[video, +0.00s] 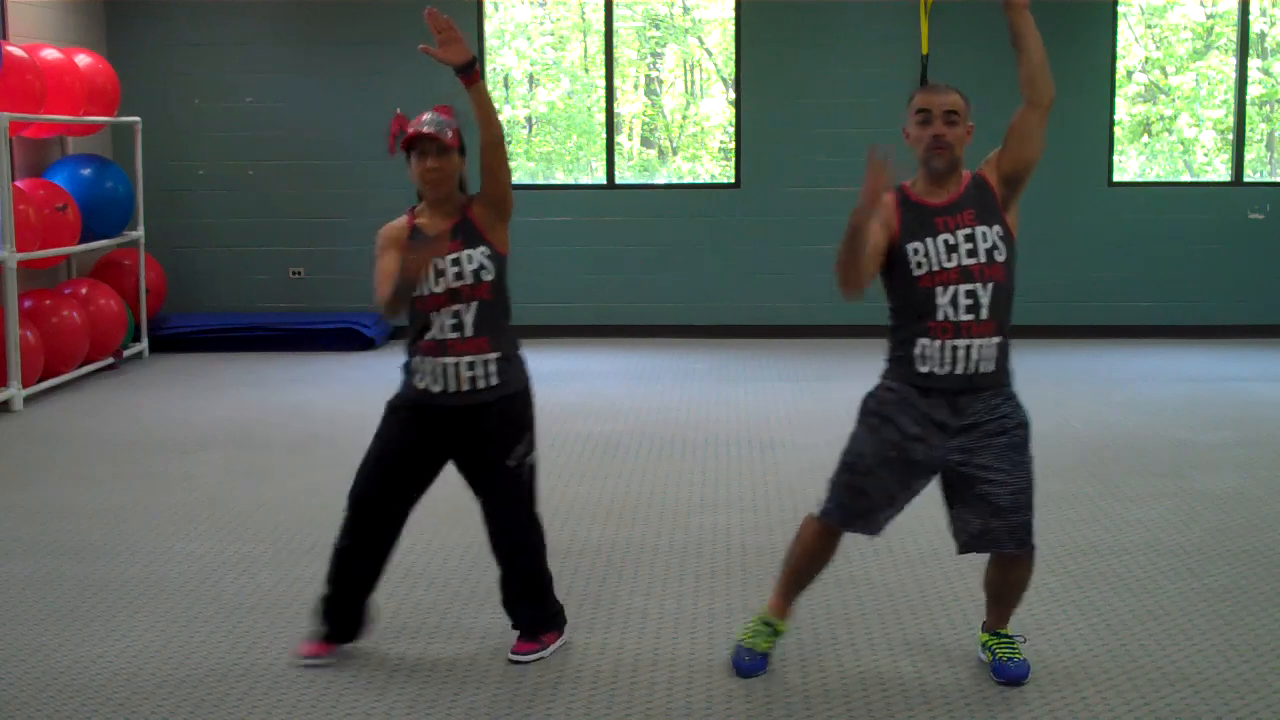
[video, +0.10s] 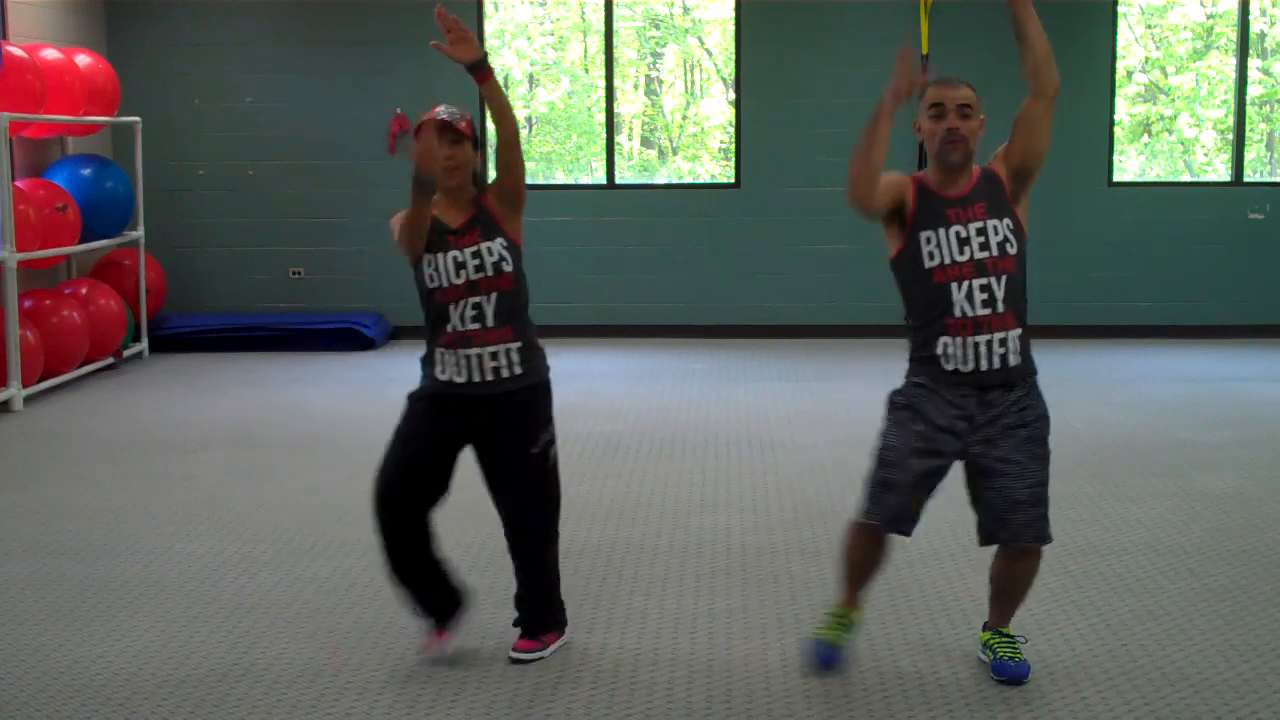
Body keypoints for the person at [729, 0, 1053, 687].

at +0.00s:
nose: (938, 127)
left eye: (951, 117)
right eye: (925, 117)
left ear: (969, 133)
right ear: (909, 132)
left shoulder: (996, 188)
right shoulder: (889, 208)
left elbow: (1040, 100)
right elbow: (852, 284)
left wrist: (1020, 12)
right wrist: (866, 207)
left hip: (989, 406)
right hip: (907, 403)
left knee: (1015, 543)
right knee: (832, 518)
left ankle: (997, 632)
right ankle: (773, 618)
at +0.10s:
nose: (953, 121)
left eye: (965, 112)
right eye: (939, 112)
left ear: (982, 126)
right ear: (919, 128)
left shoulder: (1008, 177)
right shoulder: (902, 193)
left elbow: (1044, 89)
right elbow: (862, 192)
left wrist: (1020, 5)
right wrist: (890, 100)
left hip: (1010, 397)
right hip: (930, 395)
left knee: (1026, 535)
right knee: (876, 517)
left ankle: (999, 631)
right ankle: (845, 609)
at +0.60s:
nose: (1011, 126)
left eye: (1016, 117)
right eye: (996, 116)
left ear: (1020, 133)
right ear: (957, 131)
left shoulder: (1036, 187)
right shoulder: (934, 190)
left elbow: (1085, 97)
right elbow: (926, 100)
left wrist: (1054, 17)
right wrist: (970, 19)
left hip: (1021, 408)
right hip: (942, 407)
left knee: (1051, 536)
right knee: (934, 538)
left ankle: (1018, 623)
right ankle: (949, 630)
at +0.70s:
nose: (1033, 123)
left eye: (1033, 114)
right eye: (1019, 112)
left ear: (1029, 130)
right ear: (979, 129)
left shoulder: (1043, 183)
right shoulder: (940, 185)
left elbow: (1104, 109)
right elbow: (930, 88)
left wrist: (1135, 31)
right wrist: (975, 14)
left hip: (1034, 396)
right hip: (955, 400)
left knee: (1092, 517)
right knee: (946, 534)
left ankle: (1091, 615)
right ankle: (949, 631)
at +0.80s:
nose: (1045, 120)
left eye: (1044, 110)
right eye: (1031, 109)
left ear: (1030, 124)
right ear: (988, 125)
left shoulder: (1055, 178)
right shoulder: (950, 182)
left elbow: (1134, 126)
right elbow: (943, 80)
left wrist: (1210, 67)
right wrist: (977, 10)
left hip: (1048, 396)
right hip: (968, 400)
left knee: (1106, 515)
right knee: (951, 532)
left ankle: (1148, 616)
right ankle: (949, 630)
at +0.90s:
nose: (1059, 119)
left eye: (1056, 108)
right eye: (1045, 109)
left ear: (1037, 123)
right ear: (1002, 124)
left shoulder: (1075, 175)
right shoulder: (966, 182)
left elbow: (1166, 155)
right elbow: (952, 86)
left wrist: (1250, 135)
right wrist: (983, 7)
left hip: (1069, 395)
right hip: (989, 400)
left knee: (1113, 515)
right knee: (962, 530)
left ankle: (1142, 622)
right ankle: (950, 630)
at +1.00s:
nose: (1070, 117)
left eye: (1068, 107)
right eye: (1056, 108)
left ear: (1049, 123)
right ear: (1013, 125)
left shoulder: (1088, 180)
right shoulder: (976, 184)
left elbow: (1174, 195)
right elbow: (961, 85)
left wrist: (1251, 207)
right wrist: (988, 7)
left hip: (1085, 391)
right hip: (1005, 397)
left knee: (1122, 513)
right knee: (964, 523)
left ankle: (1143, 623)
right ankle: (947, 624)